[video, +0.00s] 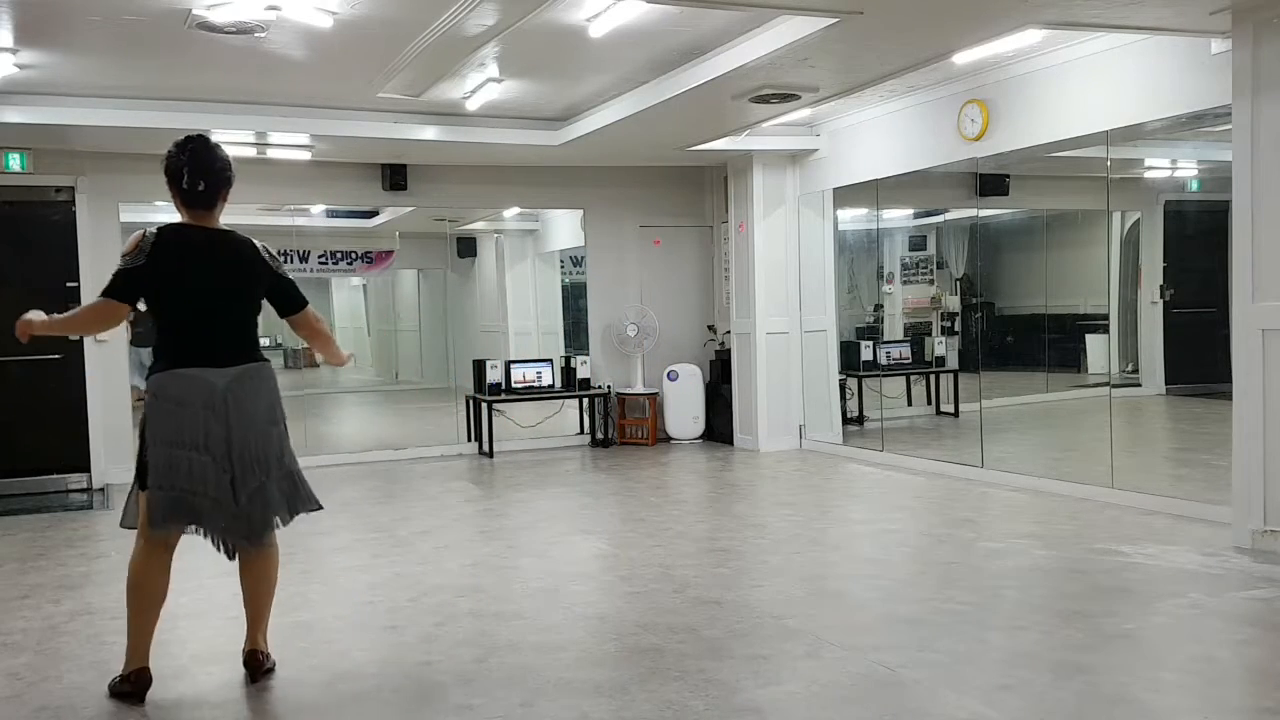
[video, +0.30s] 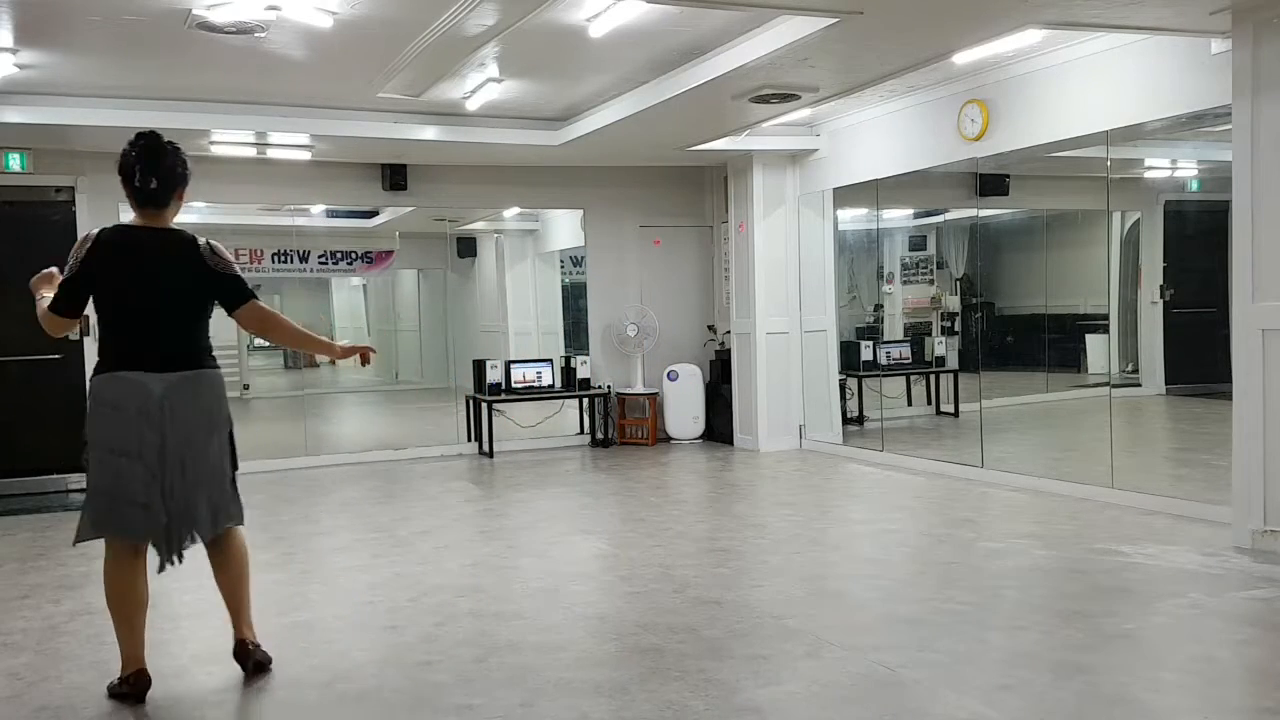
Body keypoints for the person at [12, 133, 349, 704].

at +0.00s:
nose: (182, 192)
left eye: (173, 183)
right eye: (209, 183)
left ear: (172, 190)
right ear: (226, 190)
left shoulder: (155, 248)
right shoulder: (249, 253)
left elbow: (108, 313)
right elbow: (307, 322)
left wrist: (46, 324)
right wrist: (334, 353)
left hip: (176, 392)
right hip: (249, 392)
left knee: (157, 535)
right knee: (256, 523)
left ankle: (136, 668)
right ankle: (257, 648)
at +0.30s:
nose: (181, 196)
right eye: (183, 188)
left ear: (126, 190)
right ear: (182, 192)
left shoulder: (97, 247)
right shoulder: (201, 254)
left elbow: (58, 325)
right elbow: (255, 318)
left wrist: (43, 295)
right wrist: (330, 349)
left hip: (121, 396)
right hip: (196, 394)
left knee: (125, 531)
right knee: (221, 517)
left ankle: (134, 671)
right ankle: (246, 639)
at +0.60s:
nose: (159, 197)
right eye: (160, 190)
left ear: (103, 195)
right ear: (160, 196)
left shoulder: (83, 256)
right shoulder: (179, 257)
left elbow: (77, 335)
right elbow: (236, 315)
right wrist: (322, 323)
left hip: (97, 397)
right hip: (170, 398)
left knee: (104, 532)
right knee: (156, 515)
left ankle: (132, 669)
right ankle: (158, 627)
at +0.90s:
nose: (163, 197)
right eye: (166, 189)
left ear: (111, 194)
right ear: (167, 194)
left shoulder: (87, 255)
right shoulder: (185, 256)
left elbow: (64, 338)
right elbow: (238, 315)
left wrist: (92, 328)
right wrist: (321, 325)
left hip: (106, 399)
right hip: (181, 397)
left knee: (117, 536)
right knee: (199, 514)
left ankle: (134, 670)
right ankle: (222, 621)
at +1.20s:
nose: (183, 194)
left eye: (160, 186)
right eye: (195, 185)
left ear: (149, 192)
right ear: (205, 191)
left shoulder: (129, 254)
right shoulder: (231, 255)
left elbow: (83, 328)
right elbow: (289, 319)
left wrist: (54, 308)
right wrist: (347, 320)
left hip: (153, 404)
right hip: (228, 402)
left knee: (146, 533)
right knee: (257, 524)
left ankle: (136, 666)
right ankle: (284, 645)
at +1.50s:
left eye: (206, 184)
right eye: (246, 183)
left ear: (200, 191)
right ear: (255, 189)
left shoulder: (184, 250)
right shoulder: (282, 250)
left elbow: (150, 323)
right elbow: (347, 315)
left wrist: (96, 319)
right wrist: (366, 315)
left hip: (205, 393)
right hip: (280, 391)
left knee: (173, 519)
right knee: (286, 516)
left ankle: (137, 649)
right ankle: (287, 644)